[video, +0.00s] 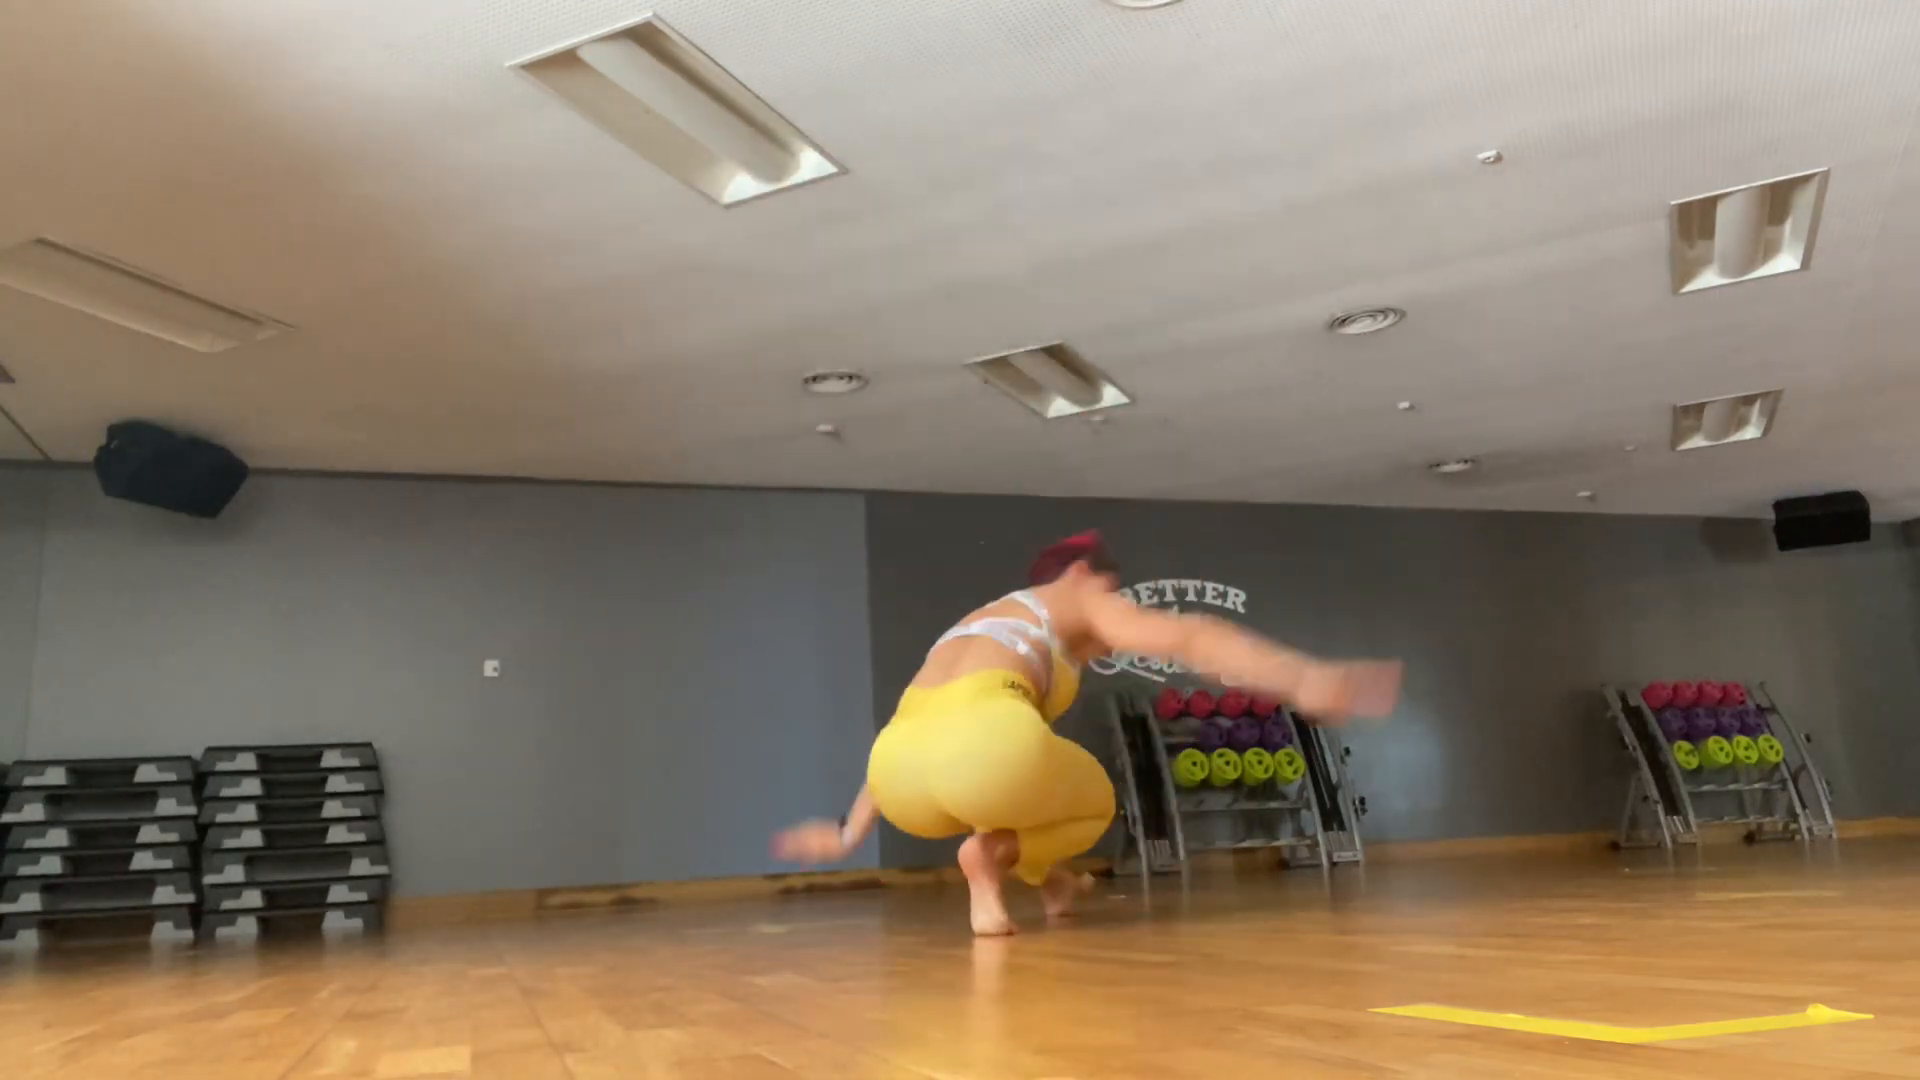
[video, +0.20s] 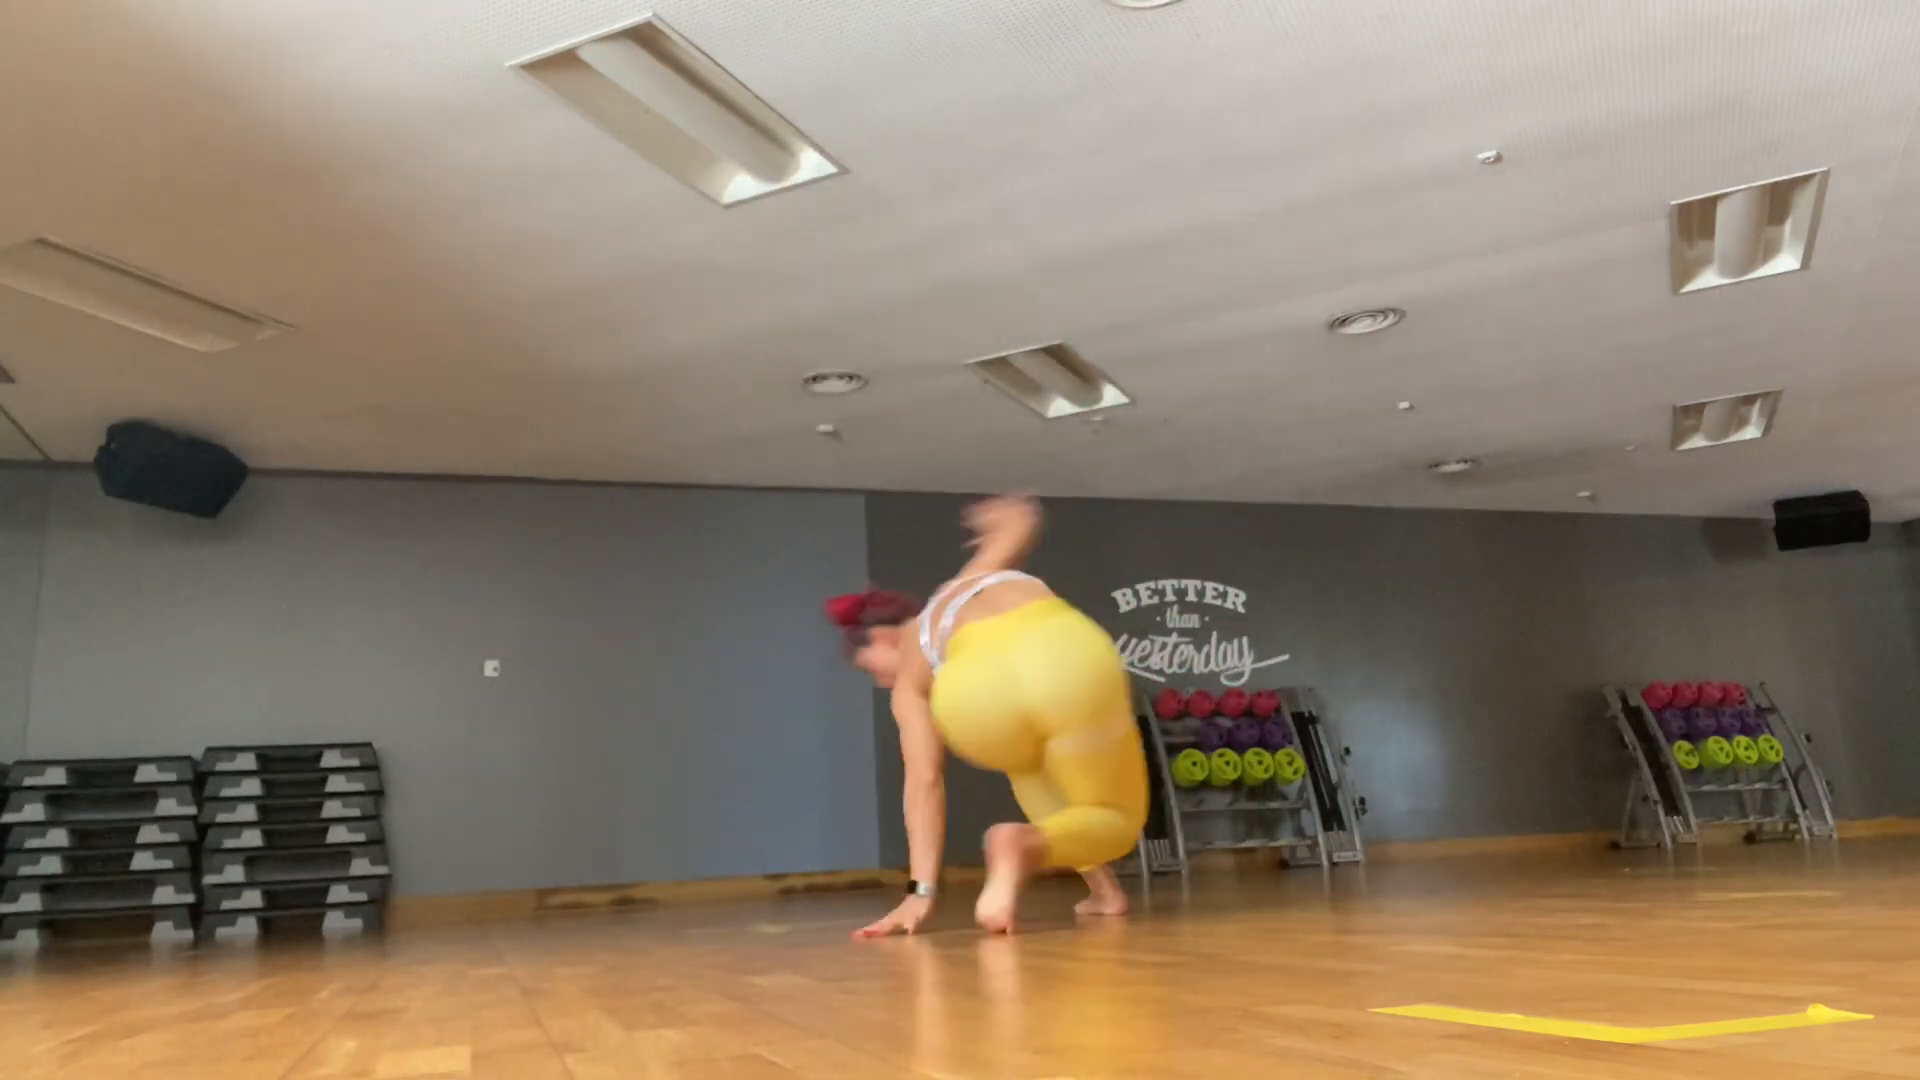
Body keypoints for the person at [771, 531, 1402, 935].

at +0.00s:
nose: (1112, 605)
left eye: (1110, 594)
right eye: (1108, 591)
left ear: (1046, 578)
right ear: (1085, 576)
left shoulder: (982, 625)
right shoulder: (1080, 597)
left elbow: (904, 723)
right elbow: (1186, 638)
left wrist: (848, 833)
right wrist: (1306, 678)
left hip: (901, 771)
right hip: (991, 747)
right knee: (1094, 801)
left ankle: (1058, 879)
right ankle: (988, 858)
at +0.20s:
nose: (879, 680)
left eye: (868, 666)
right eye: (867, 671)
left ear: (881, 638)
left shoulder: (909, 678)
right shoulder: (970, 579)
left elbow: (924, 780)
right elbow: (1019, 518)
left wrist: (921, 892)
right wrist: (997, 511)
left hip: (973, 684)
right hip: (1066, 650)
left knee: (1027, 770)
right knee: (1117, 816)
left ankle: (1105, 890)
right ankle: (1024, 846)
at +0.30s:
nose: (829, 691)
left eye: (822, 677)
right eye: (818, 683)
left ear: (845, 646)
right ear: (852, 632)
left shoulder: (901, 679)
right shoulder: (913, 593)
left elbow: (924, 791)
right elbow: (902, 559)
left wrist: (922, 900)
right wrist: (849, 570)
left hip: (1022, 653)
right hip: (1109, 621)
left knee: (1030, 761)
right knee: (1133, 791)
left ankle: (1102, 869)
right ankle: (1133, 861)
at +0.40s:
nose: (796, 700)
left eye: (795, 684)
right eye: (785, 691)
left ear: (829, 653)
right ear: (815, 653)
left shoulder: (899, 678)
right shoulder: (868, 629)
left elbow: (934, 800)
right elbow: (797, 641)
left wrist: (928, 907)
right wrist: (736, 674)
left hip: (1069, 638)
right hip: (1111, 631)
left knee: (1005, 783)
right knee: (1107, 785)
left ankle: (1134, 864)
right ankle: (1248, 812)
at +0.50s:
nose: (813, 689)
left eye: (816, 669)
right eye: (798, 681)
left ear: (844, 642)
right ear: (789, 679)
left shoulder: (908, 669)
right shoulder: (837, 658)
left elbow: (936, 796)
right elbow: (789, 710)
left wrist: (928, 906)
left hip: (1060, 627)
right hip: (1050, 633)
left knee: (1009, 781)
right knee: (1063, 776)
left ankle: (1138, 857)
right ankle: (1176, 822)